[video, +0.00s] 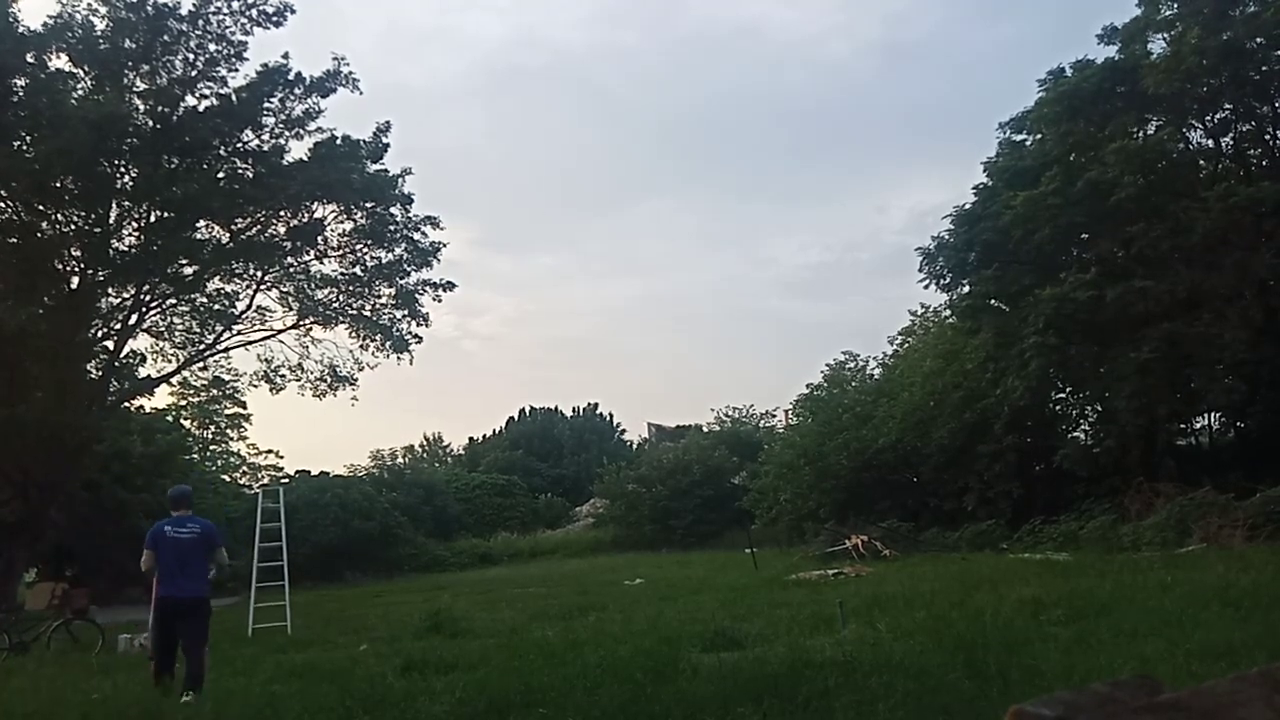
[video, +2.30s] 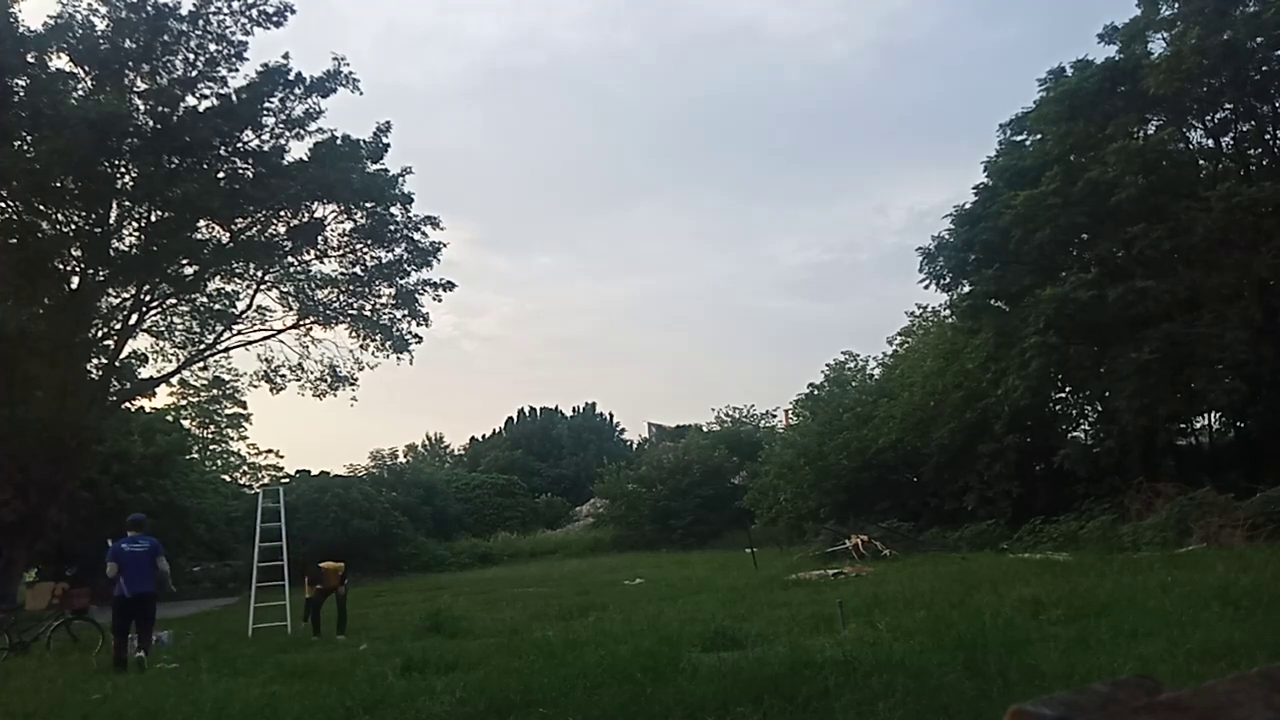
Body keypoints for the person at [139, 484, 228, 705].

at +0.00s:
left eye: (174, 504)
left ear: (170, 505)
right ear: (191, 504)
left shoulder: (158, 529)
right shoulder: (206, 528)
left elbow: (146, 565)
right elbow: (223, 560)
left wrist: (164, 558)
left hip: (167, 600)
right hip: (197, 599)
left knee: (164, 649)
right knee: (195, 648)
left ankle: (163, 693)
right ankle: (190, 693)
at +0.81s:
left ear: (168, 507)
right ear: (188, 508)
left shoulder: (156, 527)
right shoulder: (199, 529)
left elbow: (144, 557)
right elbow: (208, 558)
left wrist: (144, 572)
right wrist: (192, 561)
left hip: (158, 590)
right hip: (184, 590)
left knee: (150, 632)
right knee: (182, 635)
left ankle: (153, 673)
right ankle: (180, 677)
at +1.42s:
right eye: (165, 516)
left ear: (152, 515)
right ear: (170, 516)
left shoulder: (139, 534)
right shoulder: (178, 536)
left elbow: (119, 560)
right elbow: (179, 560)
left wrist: (129, 579)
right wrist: (167, 575)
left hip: (142, 590)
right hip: (166, 591)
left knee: (141, 632)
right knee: (163, 632)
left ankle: (143, 671)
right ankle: (160, 668)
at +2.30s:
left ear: (128, 528)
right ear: (144, 528)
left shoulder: (117, 546)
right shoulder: (152, 543)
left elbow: (110, 572)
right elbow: (164, 567)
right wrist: (169, 585)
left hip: (124, 597)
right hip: (147, 595)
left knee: (120, 633)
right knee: (145, 628)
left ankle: (120, 668)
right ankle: (142, 651)